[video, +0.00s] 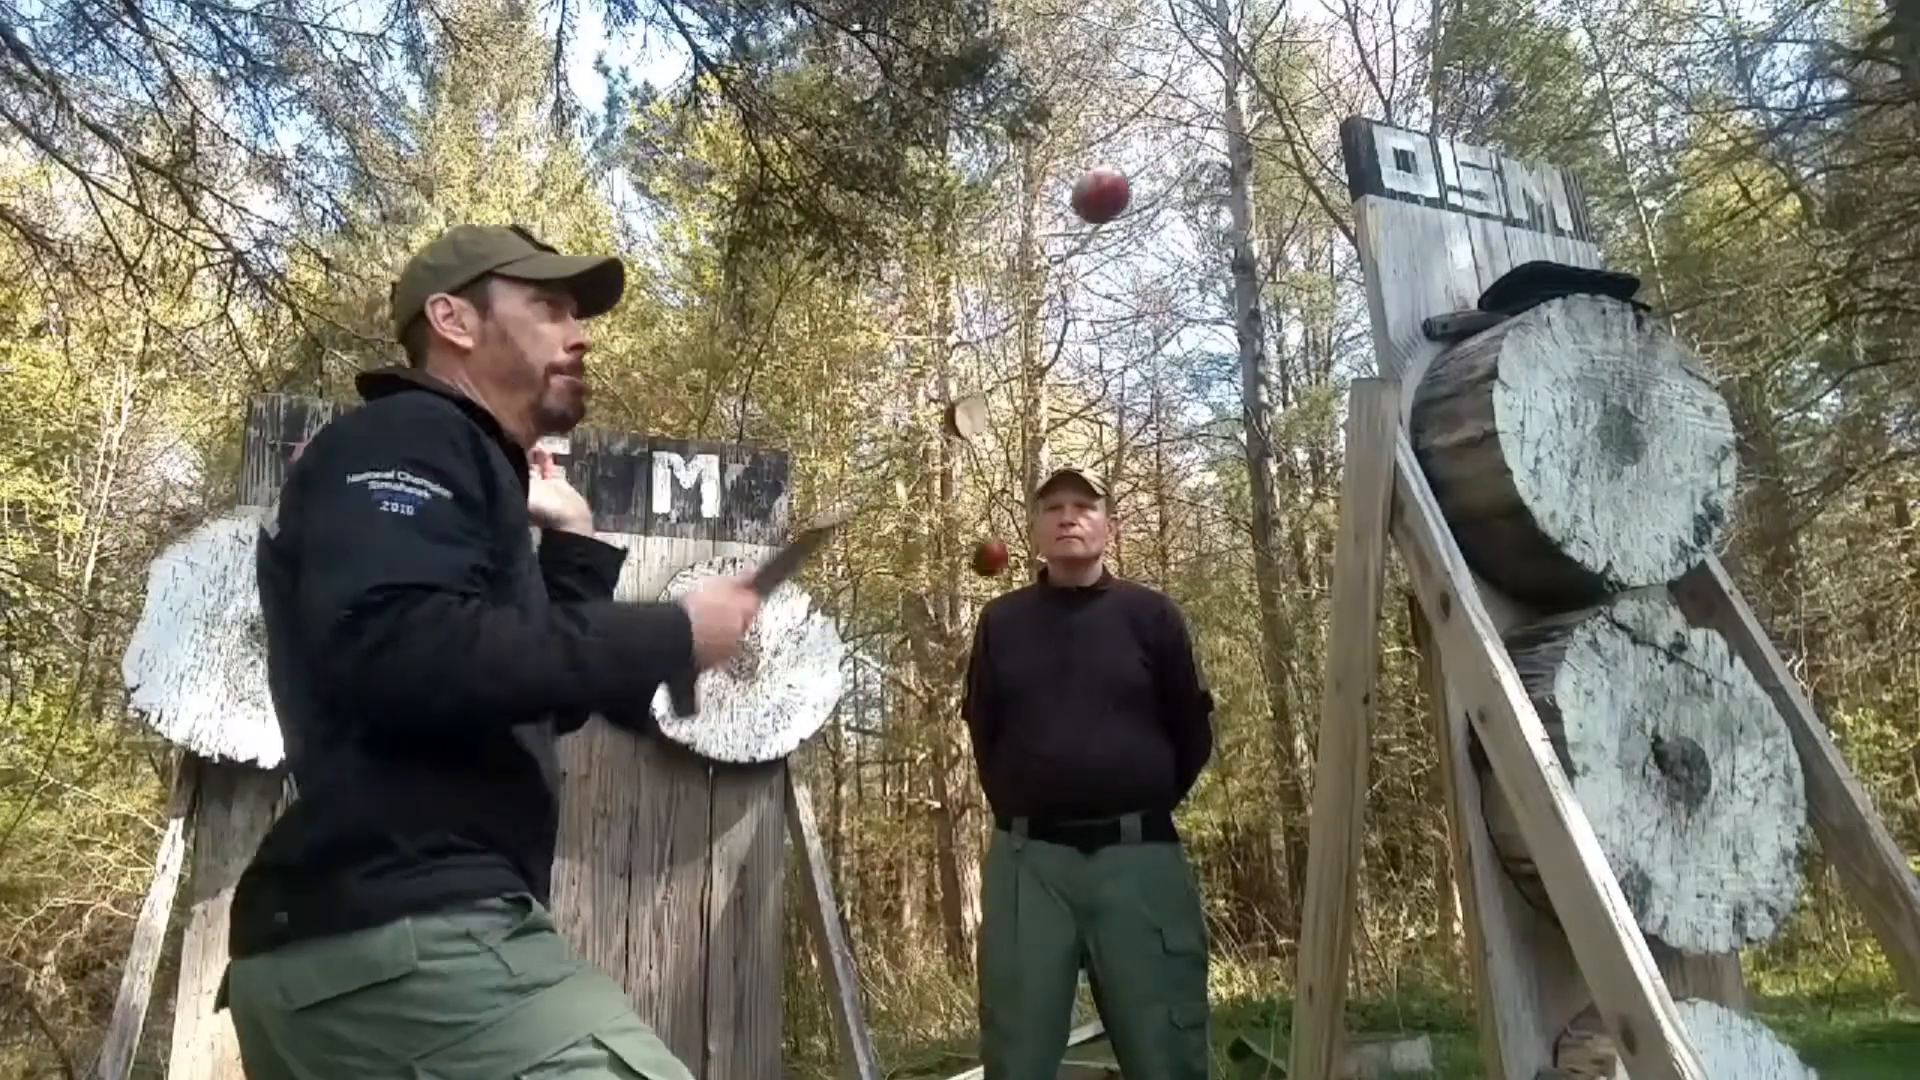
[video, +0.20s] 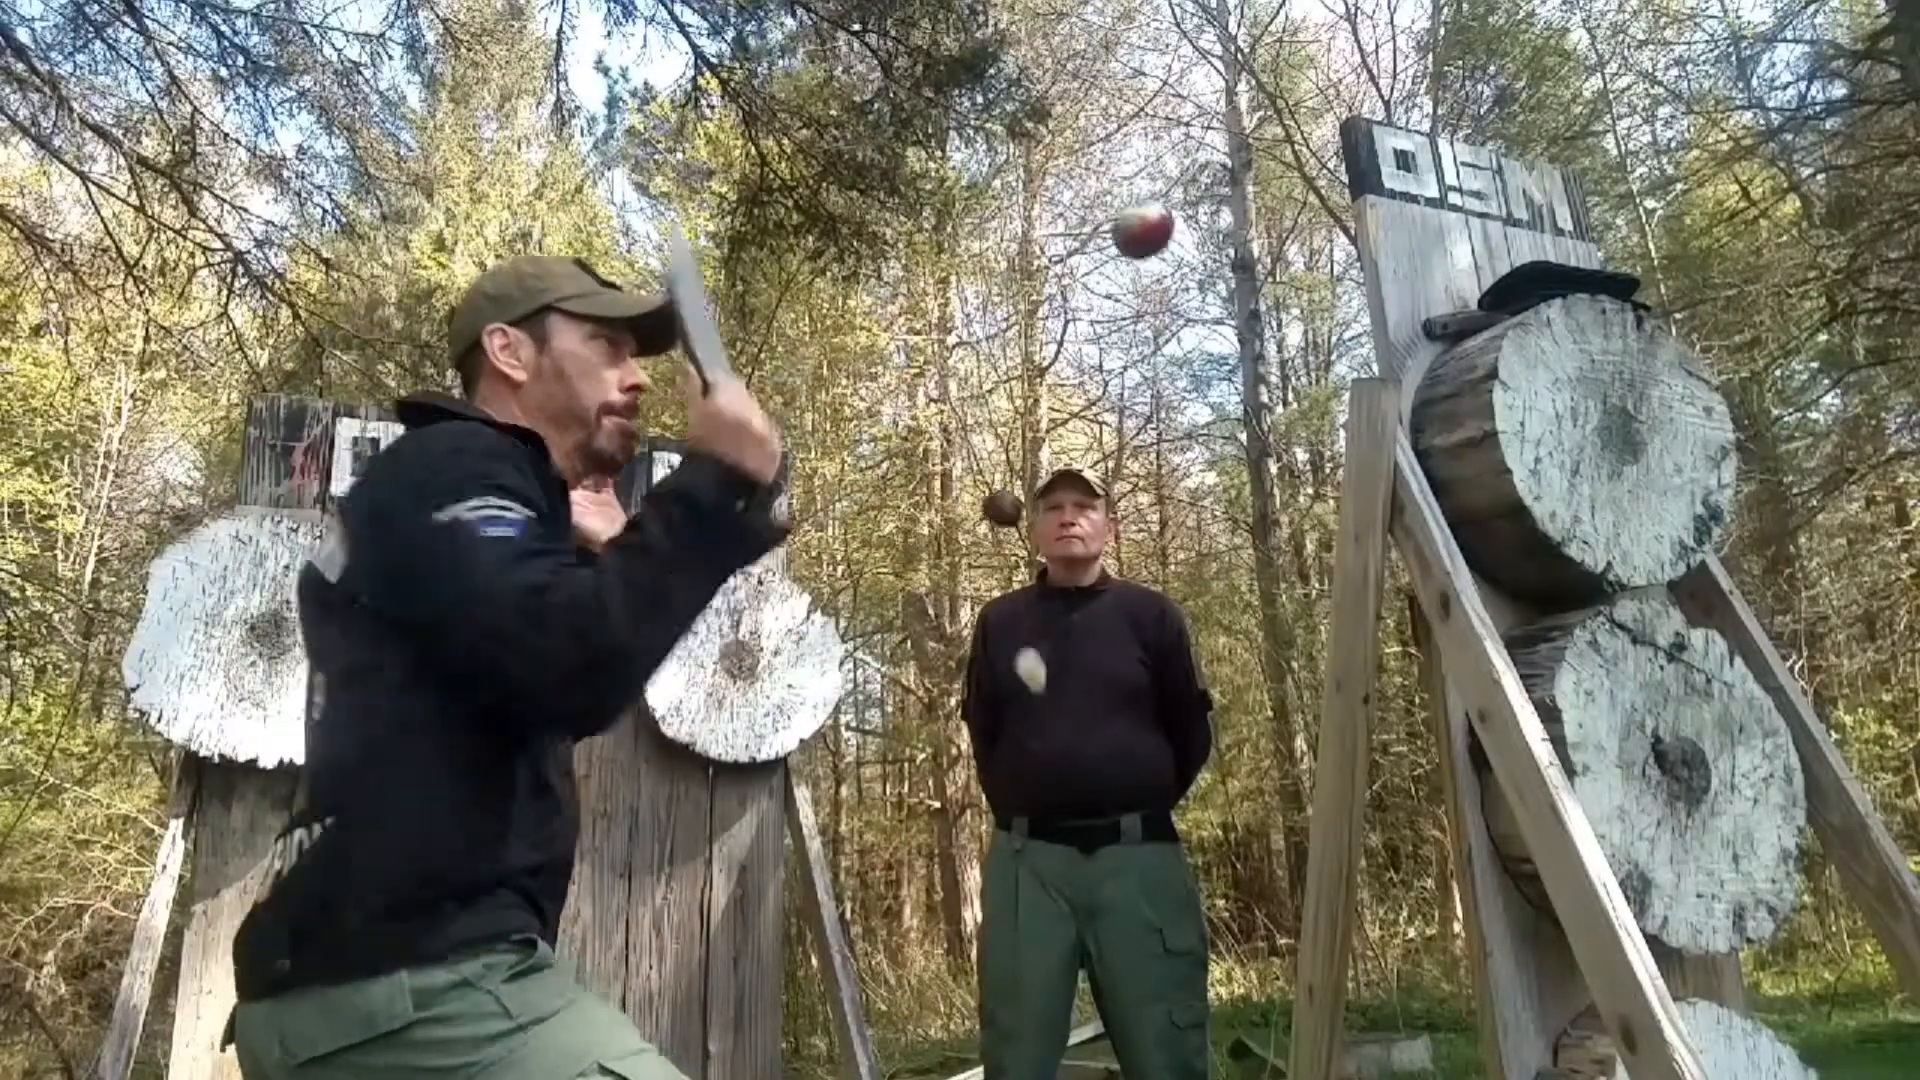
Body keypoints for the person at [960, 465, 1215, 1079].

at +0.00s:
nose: (1069, 518)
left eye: (1083, 508)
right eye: (1054, 509)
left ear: (1109, 530)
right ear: (1034, 532)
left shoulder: (1150, 613)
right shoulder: (999, 619)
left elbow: (1194, 730)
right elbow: (983, 730)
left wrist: (1141, 813)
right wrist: (1026, 817)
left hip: (1140, 860)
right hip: (1025, 861)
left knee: (1165, 1057)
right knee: (1017, 1059)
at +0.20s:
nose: (1069, 518)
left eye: (1083, 508)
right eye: (1054, 510)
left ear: (1108, 530)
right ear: (1033, 533)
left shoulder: (1152, 613)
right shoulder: (999, 620)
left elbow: (1192, 730)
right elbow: (983, 731)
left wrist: (1139, 812)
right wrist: (1028, 817)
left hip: (1140, 860)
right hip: (1026, 862)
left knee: (1165, 1056)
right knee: (1017, 1059)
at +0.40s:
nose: (1071, 519)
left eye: (1084, 509)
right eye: (1055, 510)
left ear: (1107, 531)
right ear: (1033, 533)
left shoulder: (1149, 612)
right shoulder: (996, 621)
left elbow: (1191, 729)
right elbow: (982, 732)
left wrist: (1139, 813)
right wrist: (1026, 819)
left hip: (1140, 861)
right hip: (1026, 864)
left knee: (1164, 1057)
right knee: (1017, 1059)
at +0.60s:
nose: (1072, 522)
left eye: (1085, 510)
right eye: (1056, 511)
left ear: (1108, 531)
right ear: (1034, 533)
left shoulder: (1149, 612)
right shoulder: (996, 619)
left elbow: (1191, 731)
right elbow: (981, 731)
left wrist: (1136, 812)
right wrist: (1028, 815)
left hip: (1143, 861)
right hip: (1025, 862)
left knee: (1165, 1058)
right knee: (1018, 1060)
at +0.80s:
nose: (1073, 524)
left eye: (1086, 512)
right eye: (1057, 512)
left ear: (1106, 530)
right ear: (1032, 529)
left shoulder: (1146, 612)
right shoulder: (994, 621)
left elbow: (1188, 724)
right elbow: (978, 731)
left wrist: (1149, 802)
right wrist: (1030, 800)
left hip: (1138, 847)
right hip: (1025, 850)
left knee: (1164, 1040)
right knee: (1018, 1042)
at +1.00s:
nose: (1074, 525)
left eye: (1087, 513)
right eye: (1058, 513)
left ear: (1105, 533)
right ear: (1030, 530)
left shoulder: (1146, 612)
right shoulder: (992, 620)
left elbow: (1187, 722)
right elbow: (979, 730)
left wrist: (1138, 803)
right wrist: (1026, 815)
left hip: (1140, 861)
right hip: (1028, 862)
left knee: (1167, 1048)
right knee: (1019, 1052)